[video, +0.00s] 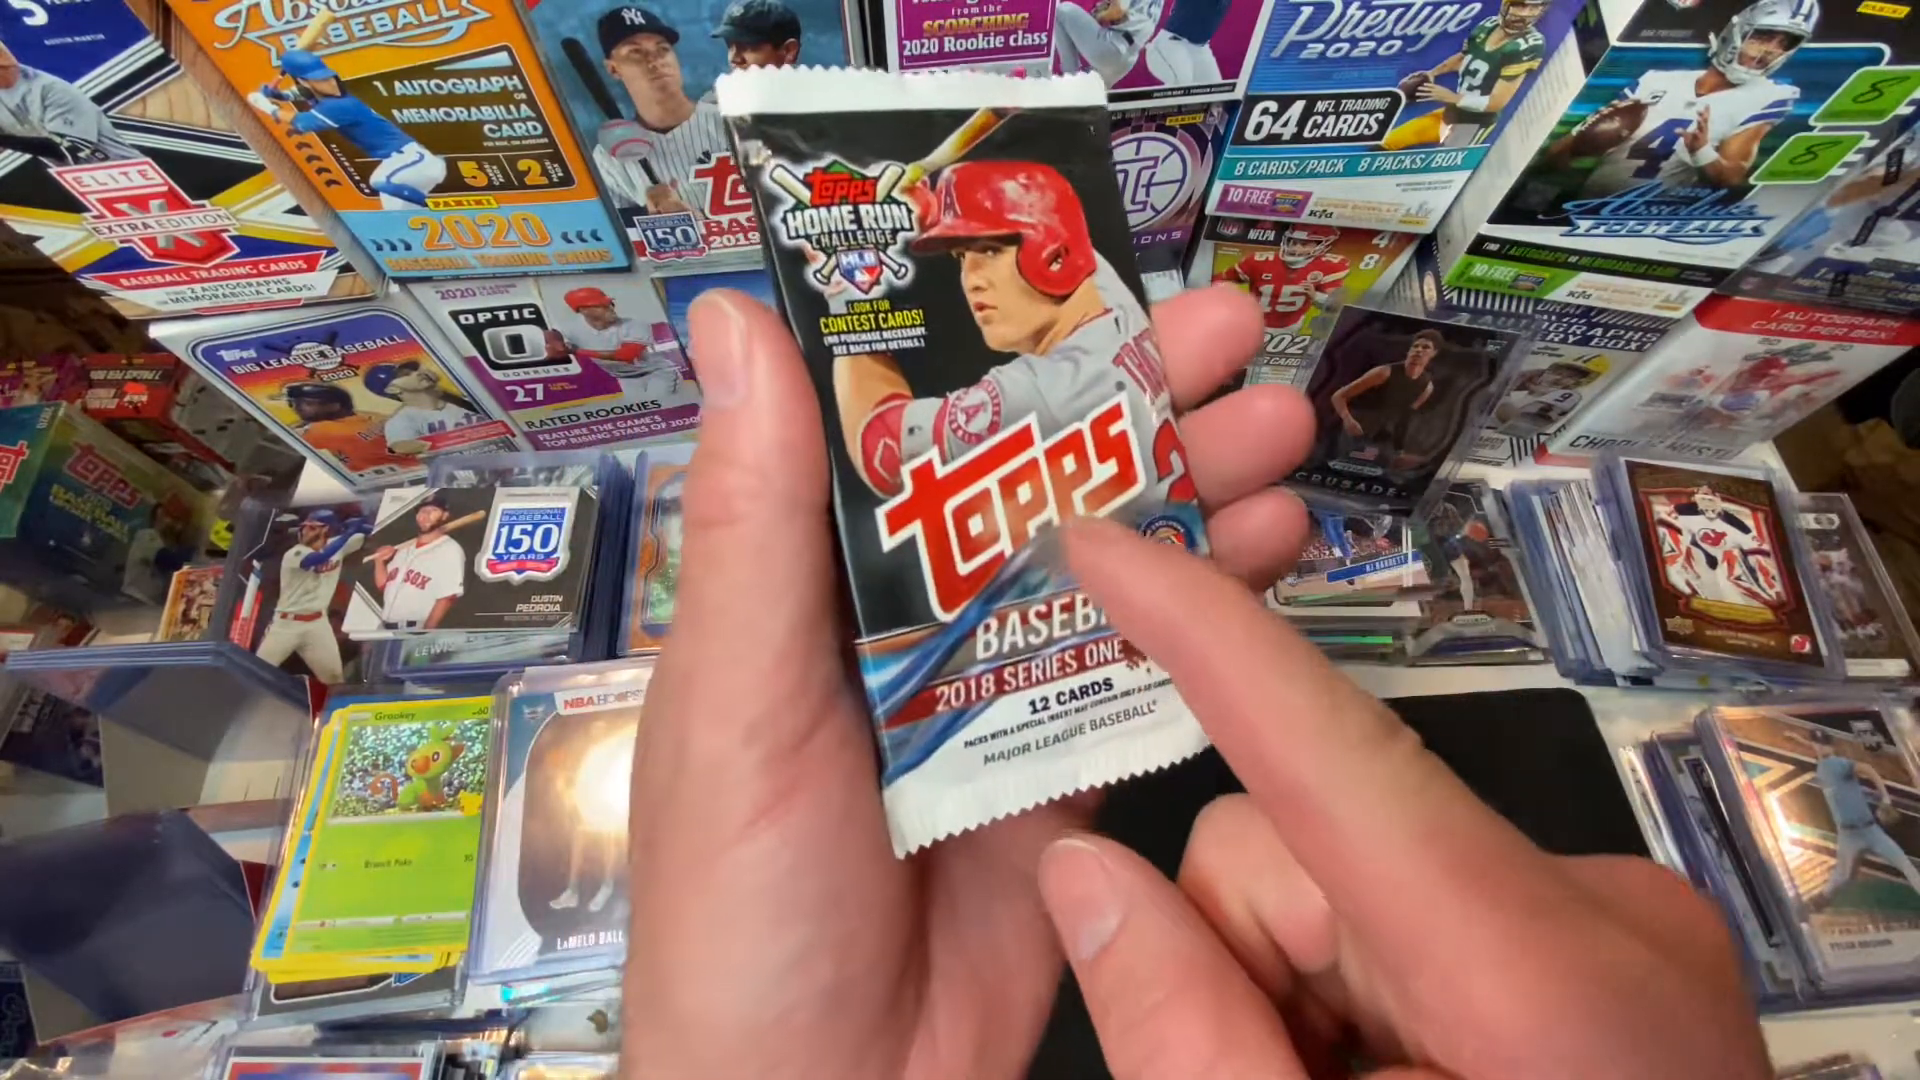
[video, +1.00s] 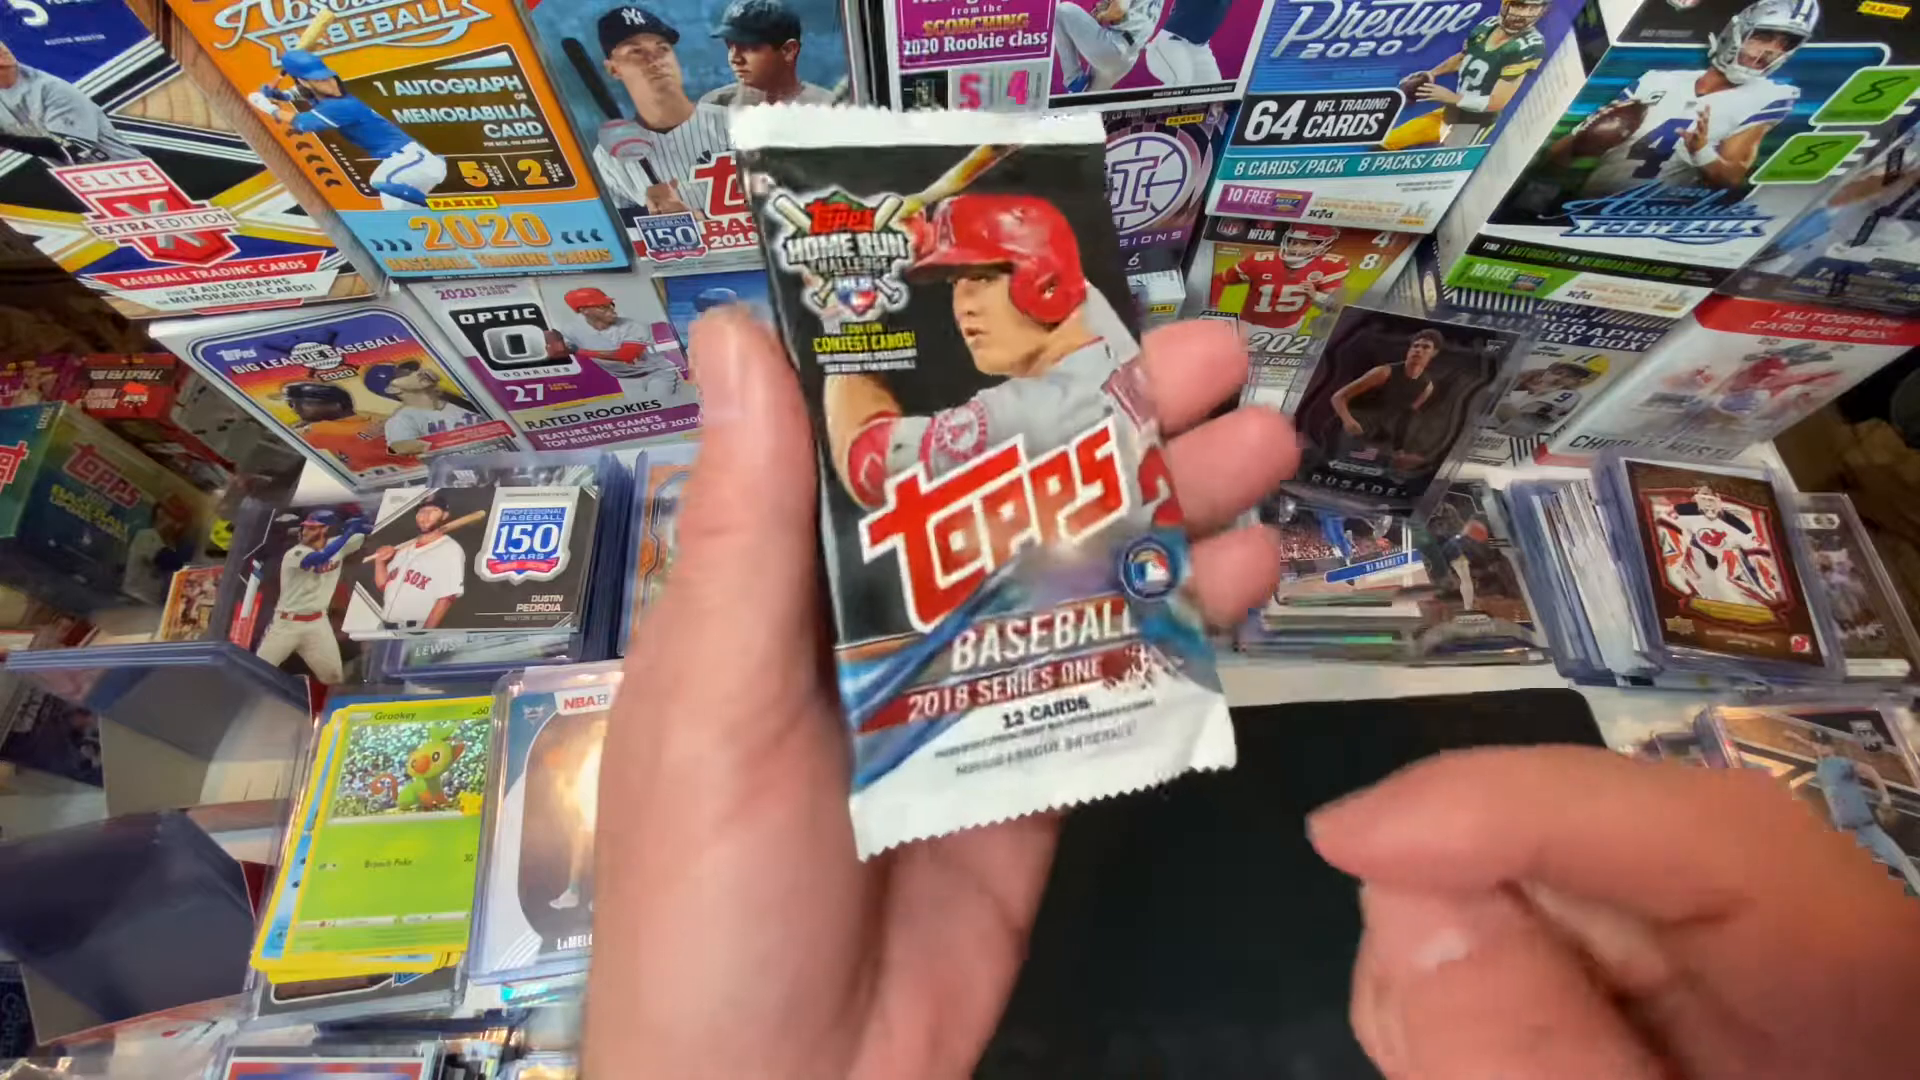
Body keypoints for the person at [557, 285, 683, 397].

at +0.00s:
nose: (612, 308)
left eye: (610, 304)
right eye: (605, 306)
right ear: (587, 312)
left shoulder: (634, 325)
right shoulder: (578, 336)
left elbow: (628, 355)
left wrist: (583, 354)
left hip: (658, 371)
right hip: (625, 377)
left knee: (655, 400)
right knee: (630, 404)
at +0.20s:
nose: (613, 308)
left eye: (611, 305)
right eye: (606, 306)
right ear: (589, 313)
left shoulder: (634, 325)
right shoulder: (578, 336)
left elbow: (627, 355)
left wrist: (584, 354)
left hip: (657, 371)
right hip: (624, 377)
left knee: (657, 397)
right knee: (629, 401)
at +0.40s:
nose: (612, 309)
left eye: (609, 305)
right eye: (605, 307)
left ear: (608, 306)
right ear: (588, 315)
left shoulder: (635, 325)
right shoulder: (580, 337)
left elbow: (628, 355)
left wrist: (582, 354)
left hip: (658, 370)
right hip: (626, 376)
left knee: (657, 394)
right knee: (630, 399)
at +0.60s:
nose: (612, 310)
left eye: (610, 306)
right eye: (605, 308)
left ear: (610, 305)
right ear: (588, 314)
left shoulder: (636, 326)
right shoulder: (589, 342)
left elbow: (627, 356)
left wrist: (580, 353)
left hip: (658, 371)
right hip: (627, 379)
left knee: (656, 400)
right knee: (632, 404)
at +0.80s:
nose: (613, 310)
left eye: (611, 306)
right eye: (605, 308)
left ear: (611, 305)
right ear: (588, 313)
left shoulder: (635, 326)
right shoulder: (585, 340)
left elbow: (627, 356)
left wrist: (581, 353)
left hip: (658, 371)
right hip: (626, 378)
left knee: (657, 401)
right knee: (632, 405)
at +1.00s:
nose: (612, 310)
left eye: (611, 305)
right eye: (605, 307)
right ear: (586, 312)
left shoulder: (633, 326)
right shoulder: (576, 333)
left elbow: (627, 355)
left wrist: (583, 353)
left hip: (657, 373)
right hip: (624, 379)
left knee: (657, 402)